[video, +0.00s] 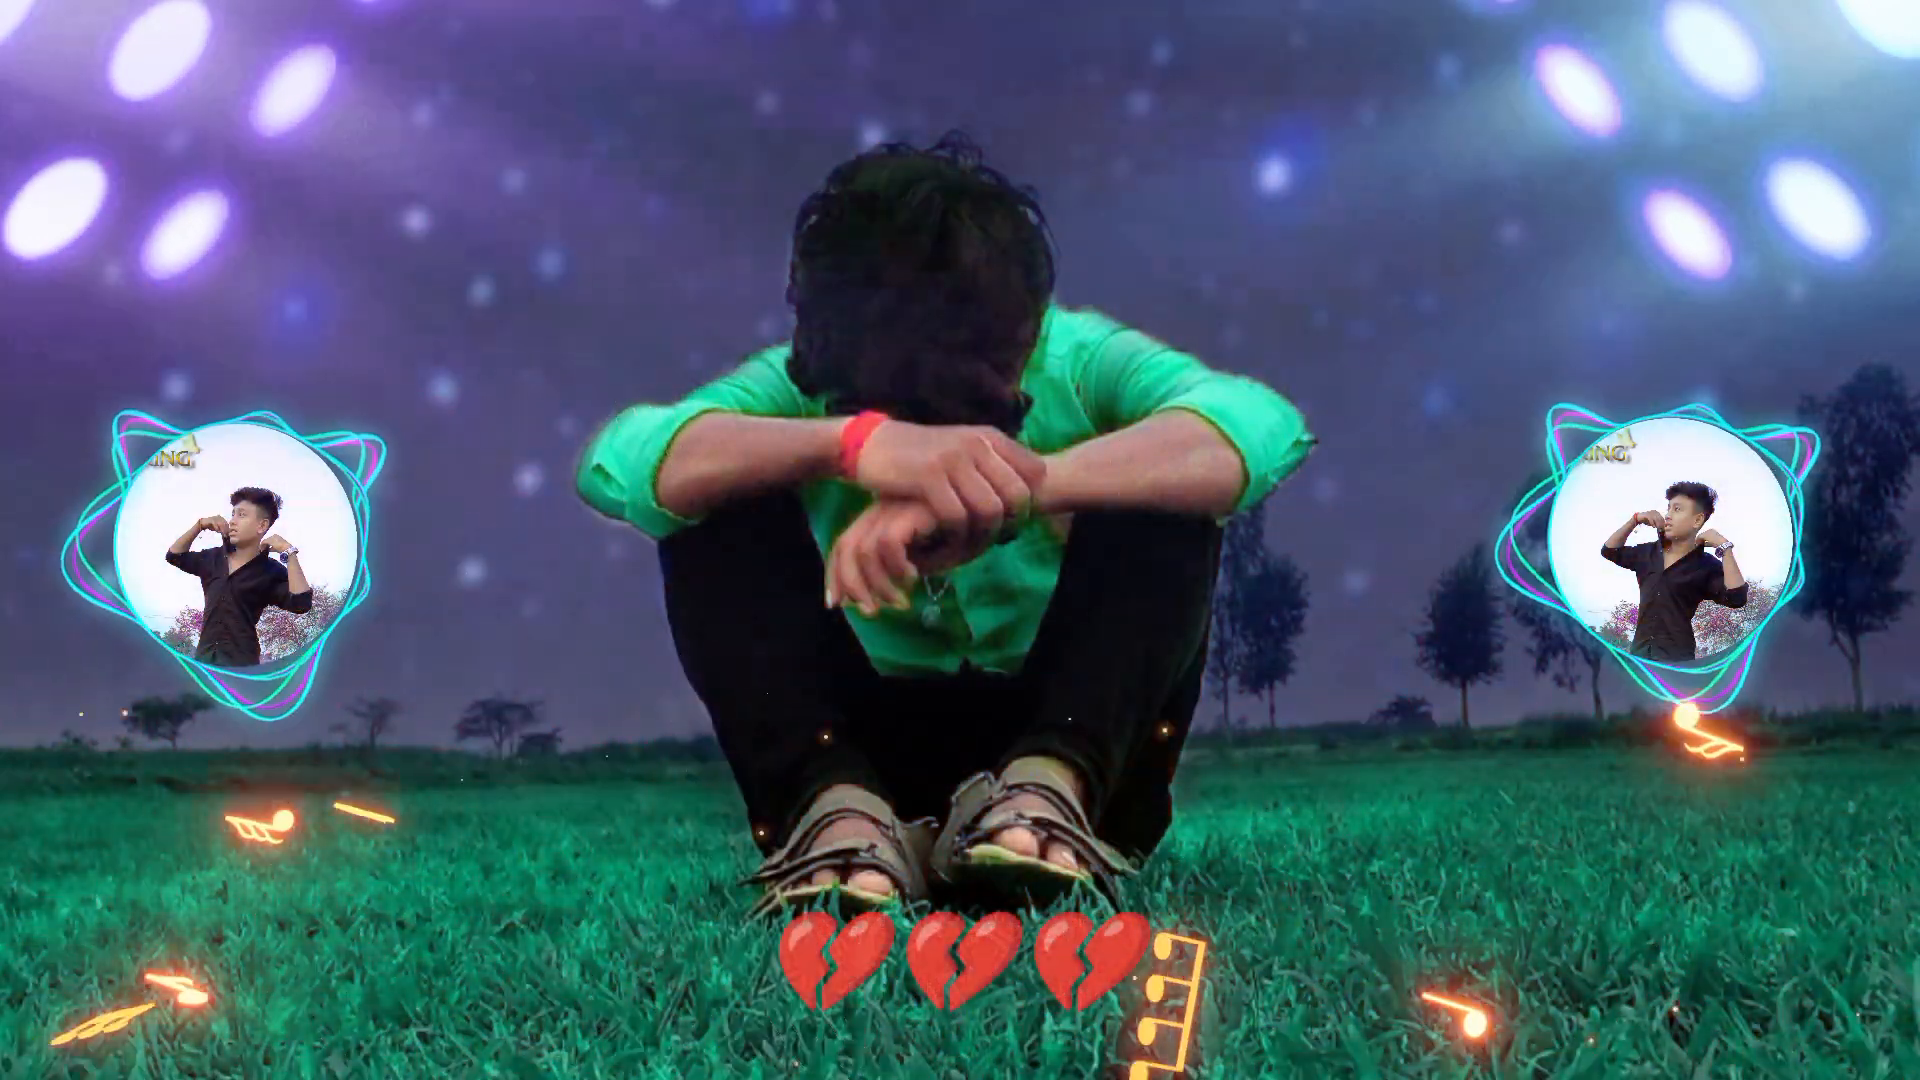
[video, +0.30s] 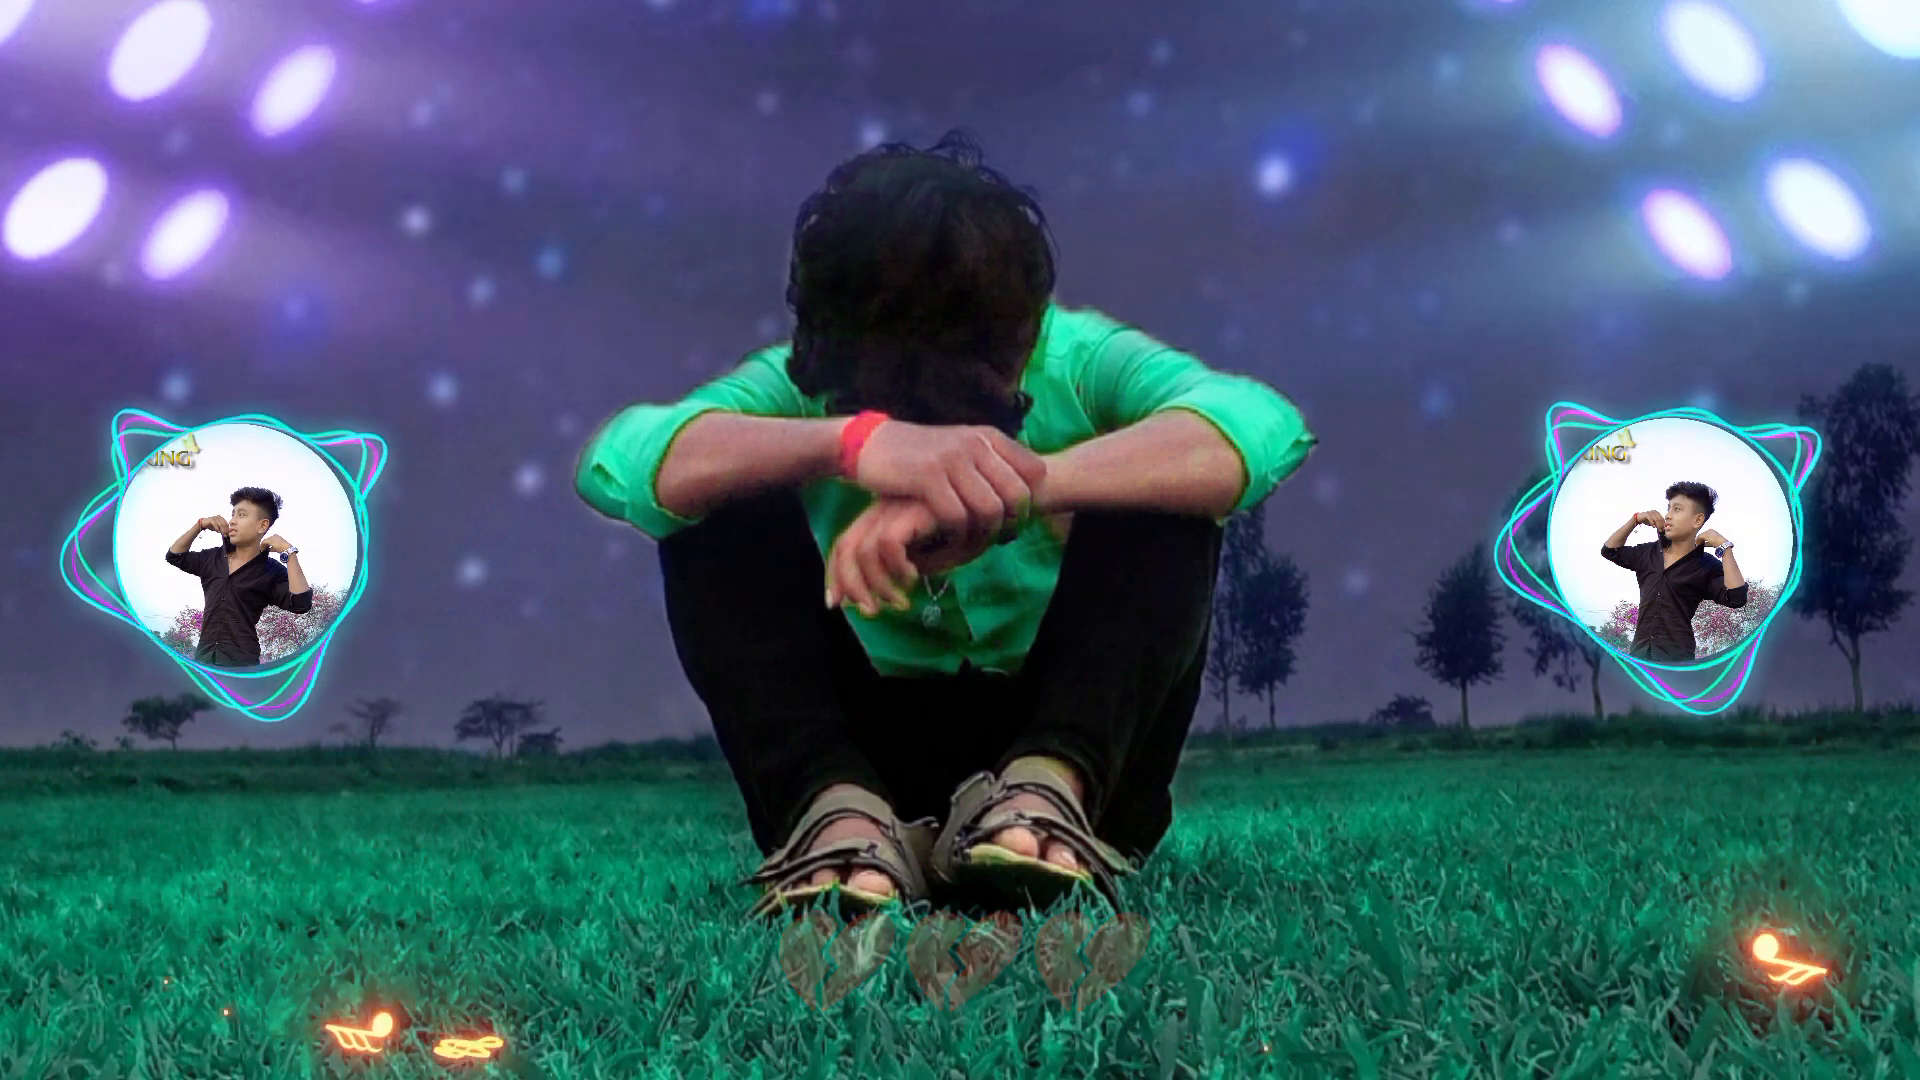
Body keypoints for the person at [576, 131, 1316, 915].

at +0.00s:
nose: (920, 453)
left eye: (954, 418)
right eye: (887, 417)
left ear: (1017, 356)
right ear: (819, 366)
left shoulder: (1077, 356)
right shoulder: (794, 382)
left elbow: (1264, 429)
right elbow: (612, 467)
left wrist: (997, 492)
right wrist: (852, 447)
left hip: (1058, 746)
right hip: (864, 753)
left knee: (1167, 487)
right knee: (712, 499)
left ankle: (1044, 788)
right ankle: (833, 816)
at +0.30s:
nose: (920, 445)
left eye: (957, 411)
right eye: (886, 409)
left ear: (1019, 354)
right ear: (820, 362)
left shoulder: (1077, 355)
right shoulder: (794, 382)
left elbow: (1266, 429)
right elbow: (611, 467)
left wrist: (1001, 492)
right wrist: (852, 446)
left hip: (1061, 751)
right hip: (863, 759)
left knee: (1165, 487)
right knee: (713, 503)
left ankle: (1044, 789)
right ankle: (836, 817)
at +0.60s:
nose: (917, 454)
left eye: (954, 418)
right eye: (877, 414)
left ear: (1021, 358)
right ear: (814, 367)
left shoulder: (1078, 356)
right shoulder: (793, 382)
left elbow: (1266, 429)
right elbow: (611, 467)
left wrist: (997, 491)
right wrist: (853, 446)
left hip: (1058, 748)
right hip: (863, 754)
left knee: (1167, 487)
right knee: (712, 501)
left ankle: (1043, 789)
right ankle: (836, 817)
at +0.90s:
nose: (923, 460)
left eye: (955, 421)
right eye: (881, 422)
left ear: (1019, 357)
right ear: (817, 370)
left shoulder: (1078, 355)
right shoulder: (794, 382)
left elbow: (1265, 429)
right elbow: (611, 468)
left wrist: (1002, 490)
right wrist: (852, 447)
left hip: (1057, 744)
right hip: (864, 749)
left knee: (1165, 487)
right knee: (713, 503)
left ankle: (1044, 790)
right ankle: (836, 818)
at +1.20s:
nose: (915, 460)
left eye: (953, 423)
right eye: (874, 418)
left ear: (1020, 360)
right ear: (814, 366)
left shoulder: (1078, 356)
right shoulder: (794, 382)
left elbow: (1265, 429)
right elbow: (611, 467)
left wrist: (1000, 491)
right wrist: (852, 446)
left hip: (1060, 745)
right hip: (864, 750)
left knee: (1166, 486)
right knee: (712, 502)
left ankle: (1044, 789)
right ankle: (835, 816)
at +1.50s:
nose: (907, 450)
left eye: (945, 416)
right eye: (866, 408)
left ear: (1019, 358)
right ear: (815, 361)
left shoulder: (1079, 356)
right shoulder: (795, 381)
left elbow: (1265, 429)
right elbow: (612, 467)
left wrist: (999, 491)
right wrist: (852, 446)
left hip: (1059, 746)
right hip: (864, 752)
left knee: (1167, 486)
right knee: (712, 502)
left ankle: (1043, 790)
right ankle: (836, 818)